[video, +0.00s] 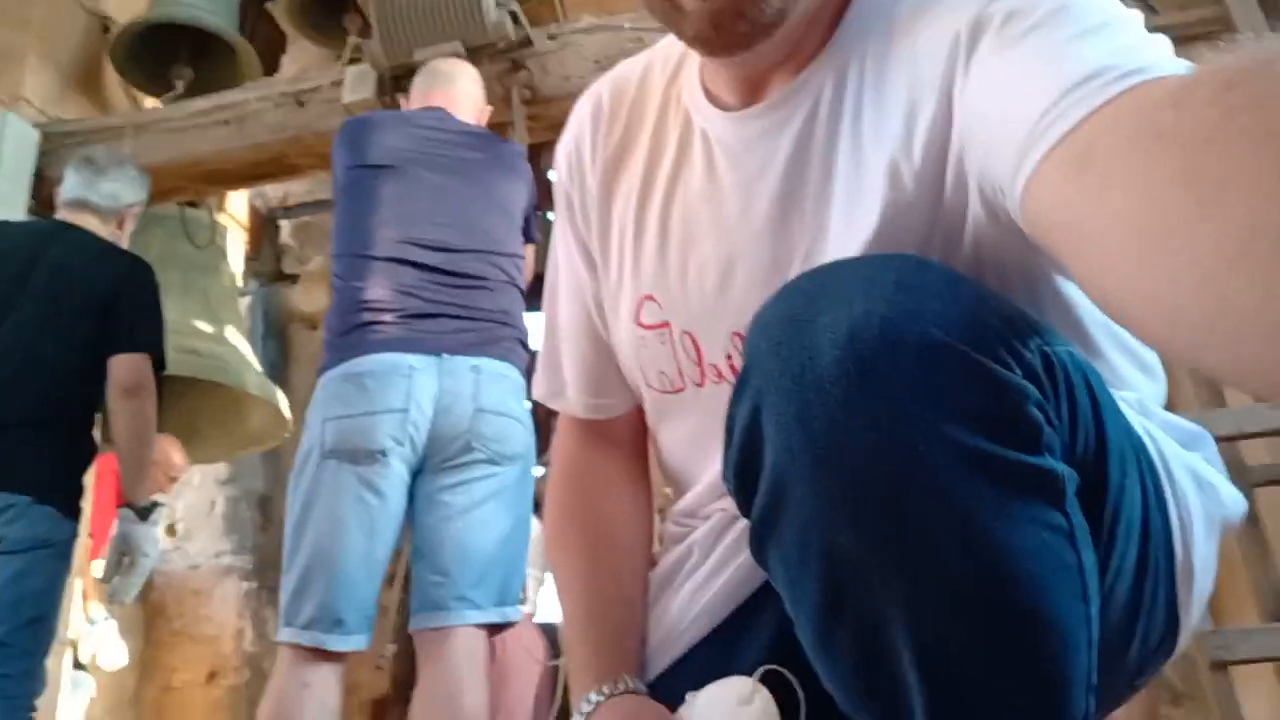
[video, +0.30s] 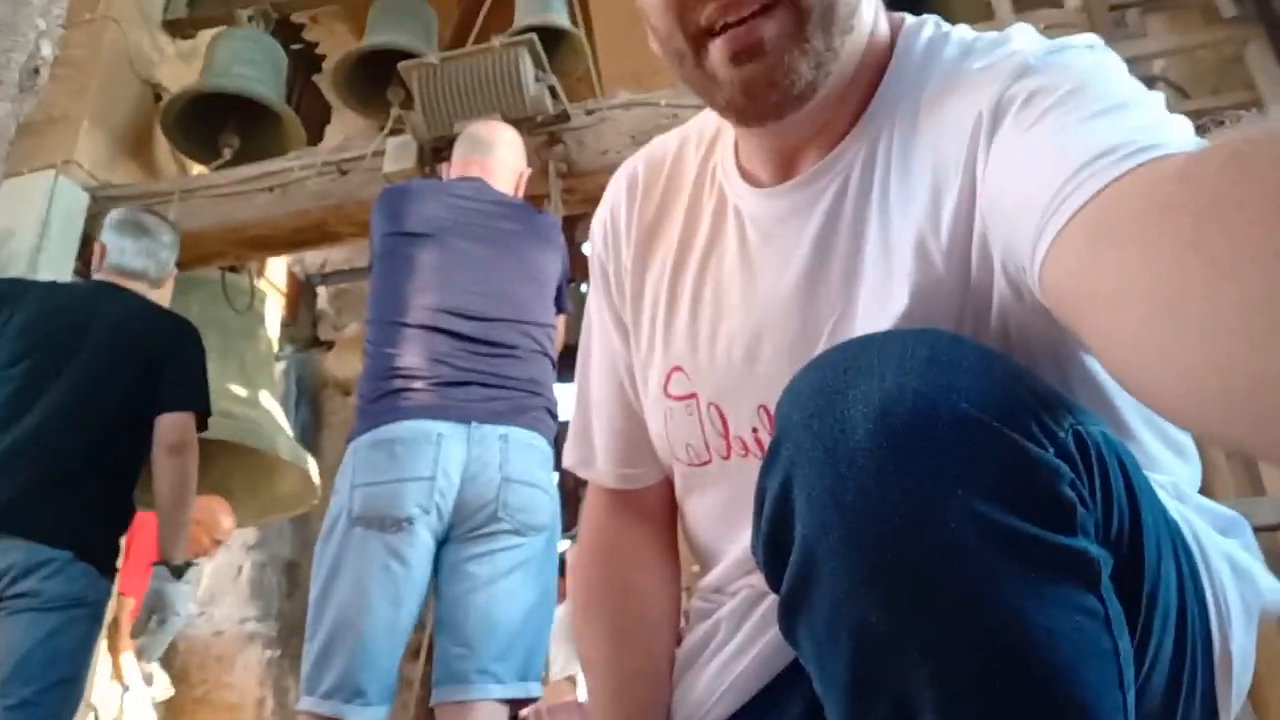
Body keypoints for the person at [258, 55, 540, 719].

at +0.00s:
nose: (487, 118)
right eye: (487, 110)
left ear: (405, 104)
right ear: (486, 116)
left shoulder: (357, 137)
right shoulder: (512, 164)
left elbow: (371, 238)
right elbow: (520, 273)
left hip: (371, 374)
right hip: (492, 379)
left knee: (315, 646)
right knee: (455, 633)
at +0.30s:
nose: (522, 186)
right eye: (524, 179)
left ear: (444, 169)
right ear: (522, 183)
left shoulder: (395, 203)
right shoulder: (547, 234)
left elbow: (403, 301)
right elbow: (553, 339)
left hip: (398, 445)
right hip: (519, 453)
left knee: (341, 698)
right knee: (480, 695)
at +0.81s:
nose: (450, 188)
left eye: (447, 181)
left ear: (444, 186)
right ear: (524, 202)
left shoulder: (396, 218)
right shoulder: (547, 259)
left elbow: (400, 311)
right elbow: (545, 359)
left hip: (389, 460)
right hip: (509, 473)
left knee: (323, 701)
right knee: (474, 704)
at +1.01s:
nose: (441, 191)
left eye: (441, 185)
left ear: (444, 189)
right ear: (521, 207)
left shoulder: (394, 224)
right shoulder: (549, 259)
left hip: (388, 467)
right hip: (511, 480)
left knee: (319, 703)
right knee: (473, 706)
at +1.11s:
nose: (438, 189)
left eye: (439, 181)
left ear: (444, 185)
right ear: (520, 207)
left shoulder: (393, 225)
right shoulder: (539, 257)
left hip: (384, 466)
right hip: (506, 481)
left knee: (313, 702)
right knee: (470, 705)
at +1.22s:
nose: (430, 190)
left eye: (431, 183)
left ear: (438, 186)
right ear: (514, 203)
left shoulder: (388, 228)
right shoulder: (533, 254)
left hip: (381, 464)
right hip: (501, 479)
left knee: (309, 702)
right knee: (467, 704)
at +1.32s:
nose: (424, 193)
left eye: (425, 186)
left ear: (430, 190)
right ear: (506, 207)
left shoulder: (379, 235)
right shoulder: (527, 260)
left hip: (375, 466)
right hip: (494, 481)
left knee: (304, 701)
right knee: (462, 705)